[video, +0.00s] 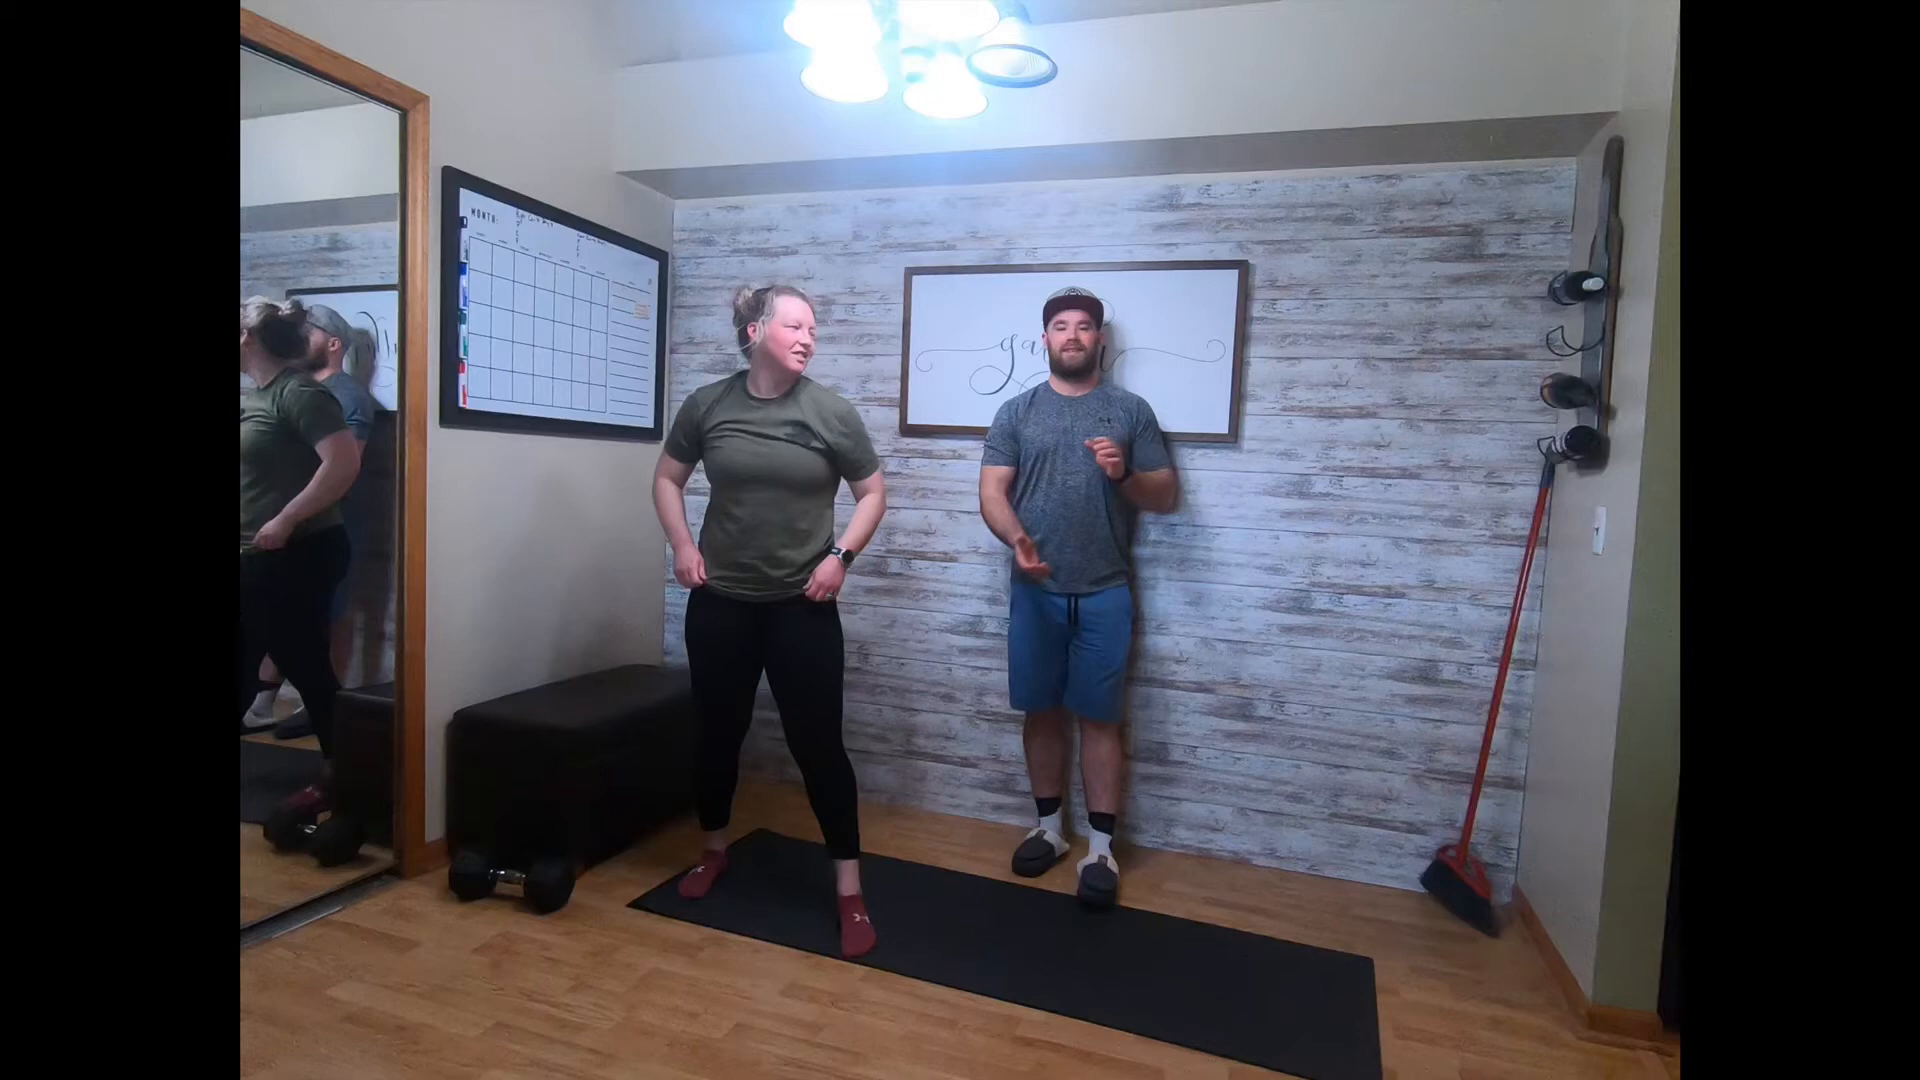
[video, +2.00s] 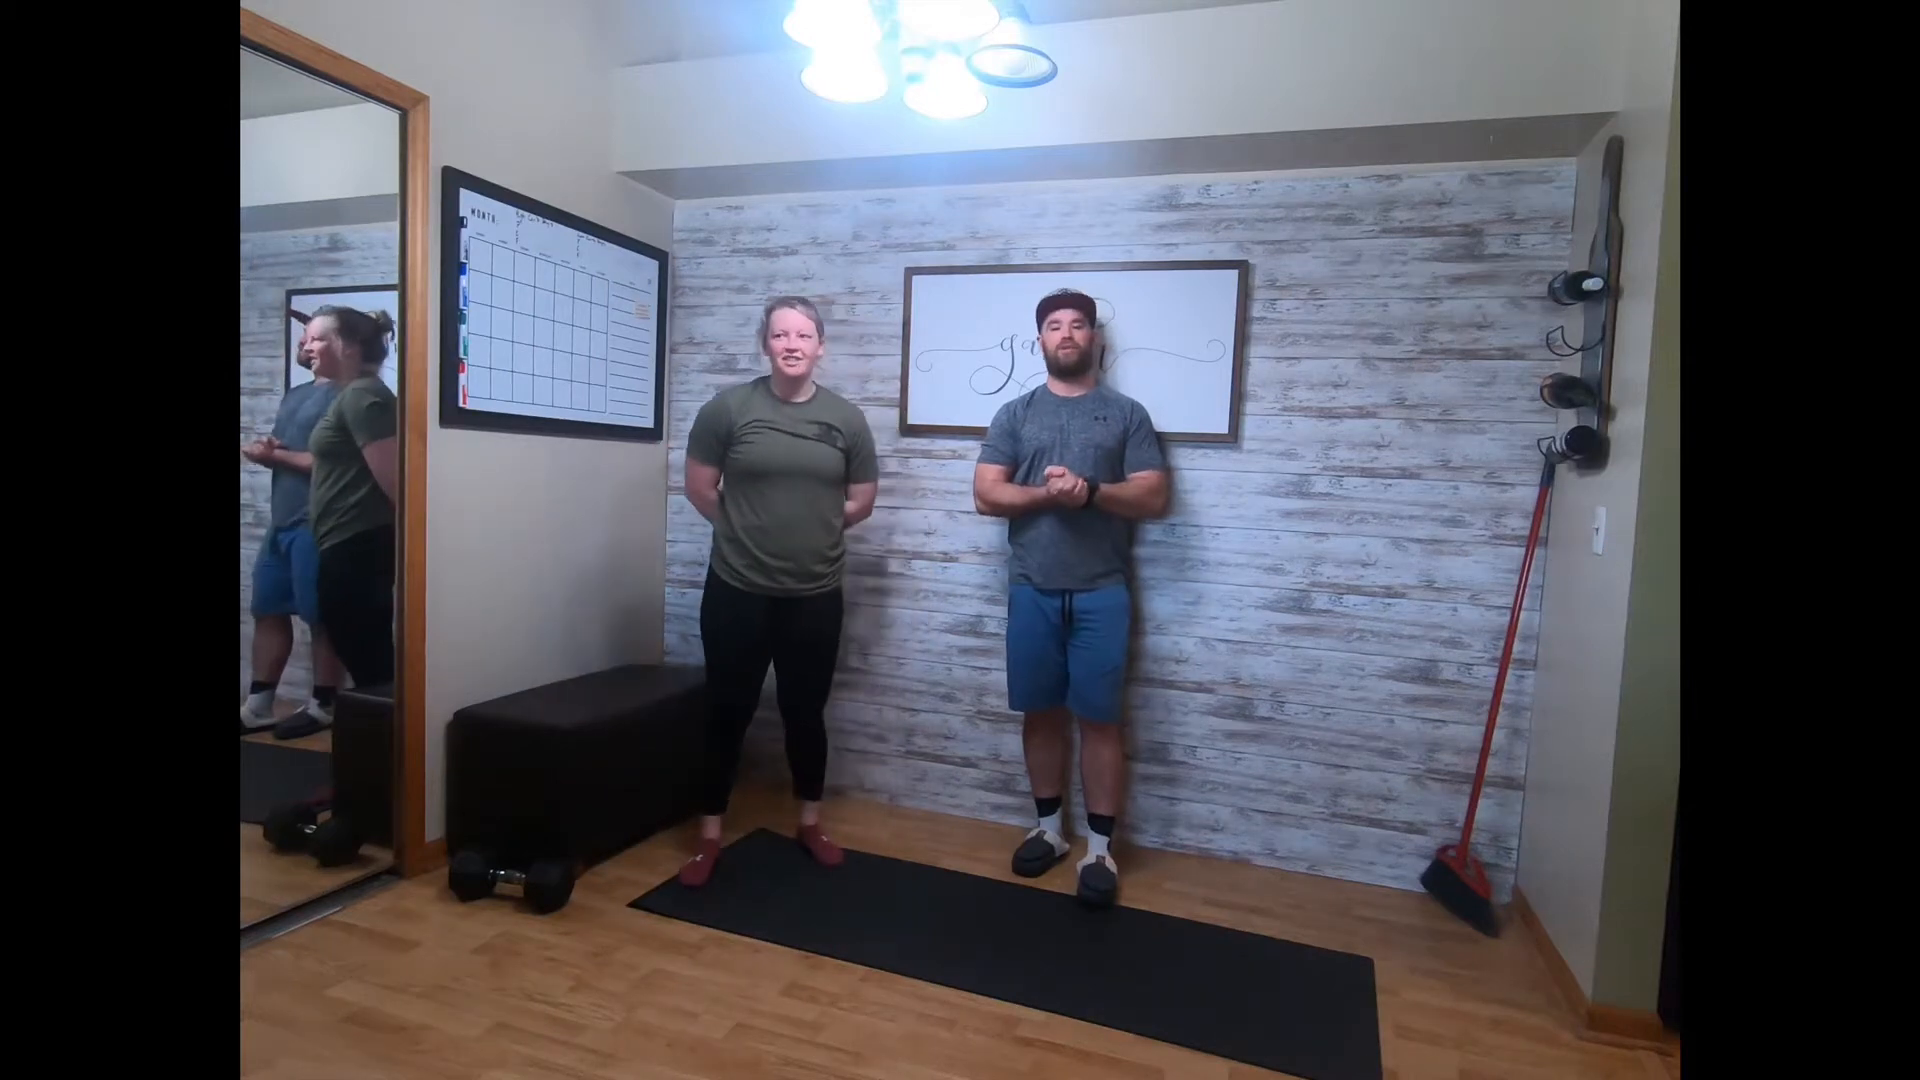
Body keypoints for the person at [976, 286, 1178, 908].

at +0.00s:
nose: (1072, 334)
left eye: (1083, 326)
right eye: (1060, 326)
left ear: (1100, 340)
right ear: (1045, 340)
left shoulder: (1129, 411)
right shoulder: (1018, 411)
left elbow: (1164, 497)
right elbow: (992, 494)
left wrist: (1124, 474)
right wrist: (1016, 536)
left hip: (1103, 585)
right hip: (1035, 583)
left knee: (1099, 714)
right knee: (1040, 710)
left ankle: (1100, 850)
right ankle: (1048, 830)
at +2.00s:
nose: (1067, 332)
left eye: (1078, 324)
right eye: (1055, 326)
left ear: (1095, 339)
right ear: (1040, 341)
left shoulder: (1125, 414)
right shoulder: (1015, 414)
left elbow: (1154, 498)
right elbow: (986, 494)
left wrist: (1089, 490)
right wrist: (1047, 493)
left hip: (1102, 585)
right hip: (1032, 585)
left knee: (1098, 715)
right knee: (1040, 711)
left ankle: (1099, 851)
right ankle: (1048, 830)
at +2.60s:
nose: (1067, 337)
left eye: (1078, 328)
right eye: (1055, 329)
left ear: (1095, 341)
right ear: (1040, 341)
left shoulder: (1123, 415)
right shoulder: (1013, 415)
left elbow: (1148, 500)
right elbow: (986, 495)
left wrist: (1081, 491)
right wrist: (1041, 496)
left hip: (1098, 584)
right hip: (1028, 585)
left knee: (1096, 715)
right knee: (1038, 711)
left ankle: (1099, 849)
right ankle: (1048, 829)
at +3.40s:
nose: (1057, 337)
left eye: (1068, 327)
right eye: (1044, 330)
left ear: (1086, 338)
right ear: (1032, 344)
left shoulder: (1118, 412)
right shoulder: (1007, 415)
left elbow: (1147, 495)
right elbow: (978, 495)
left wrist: (1092, 464)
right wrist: (1029, 499)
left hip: (1096, 585)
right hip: (1028, 585)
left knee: (1095, 715)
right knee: (1037, 710)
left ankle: (1099, 850)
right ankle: (1049, 829)